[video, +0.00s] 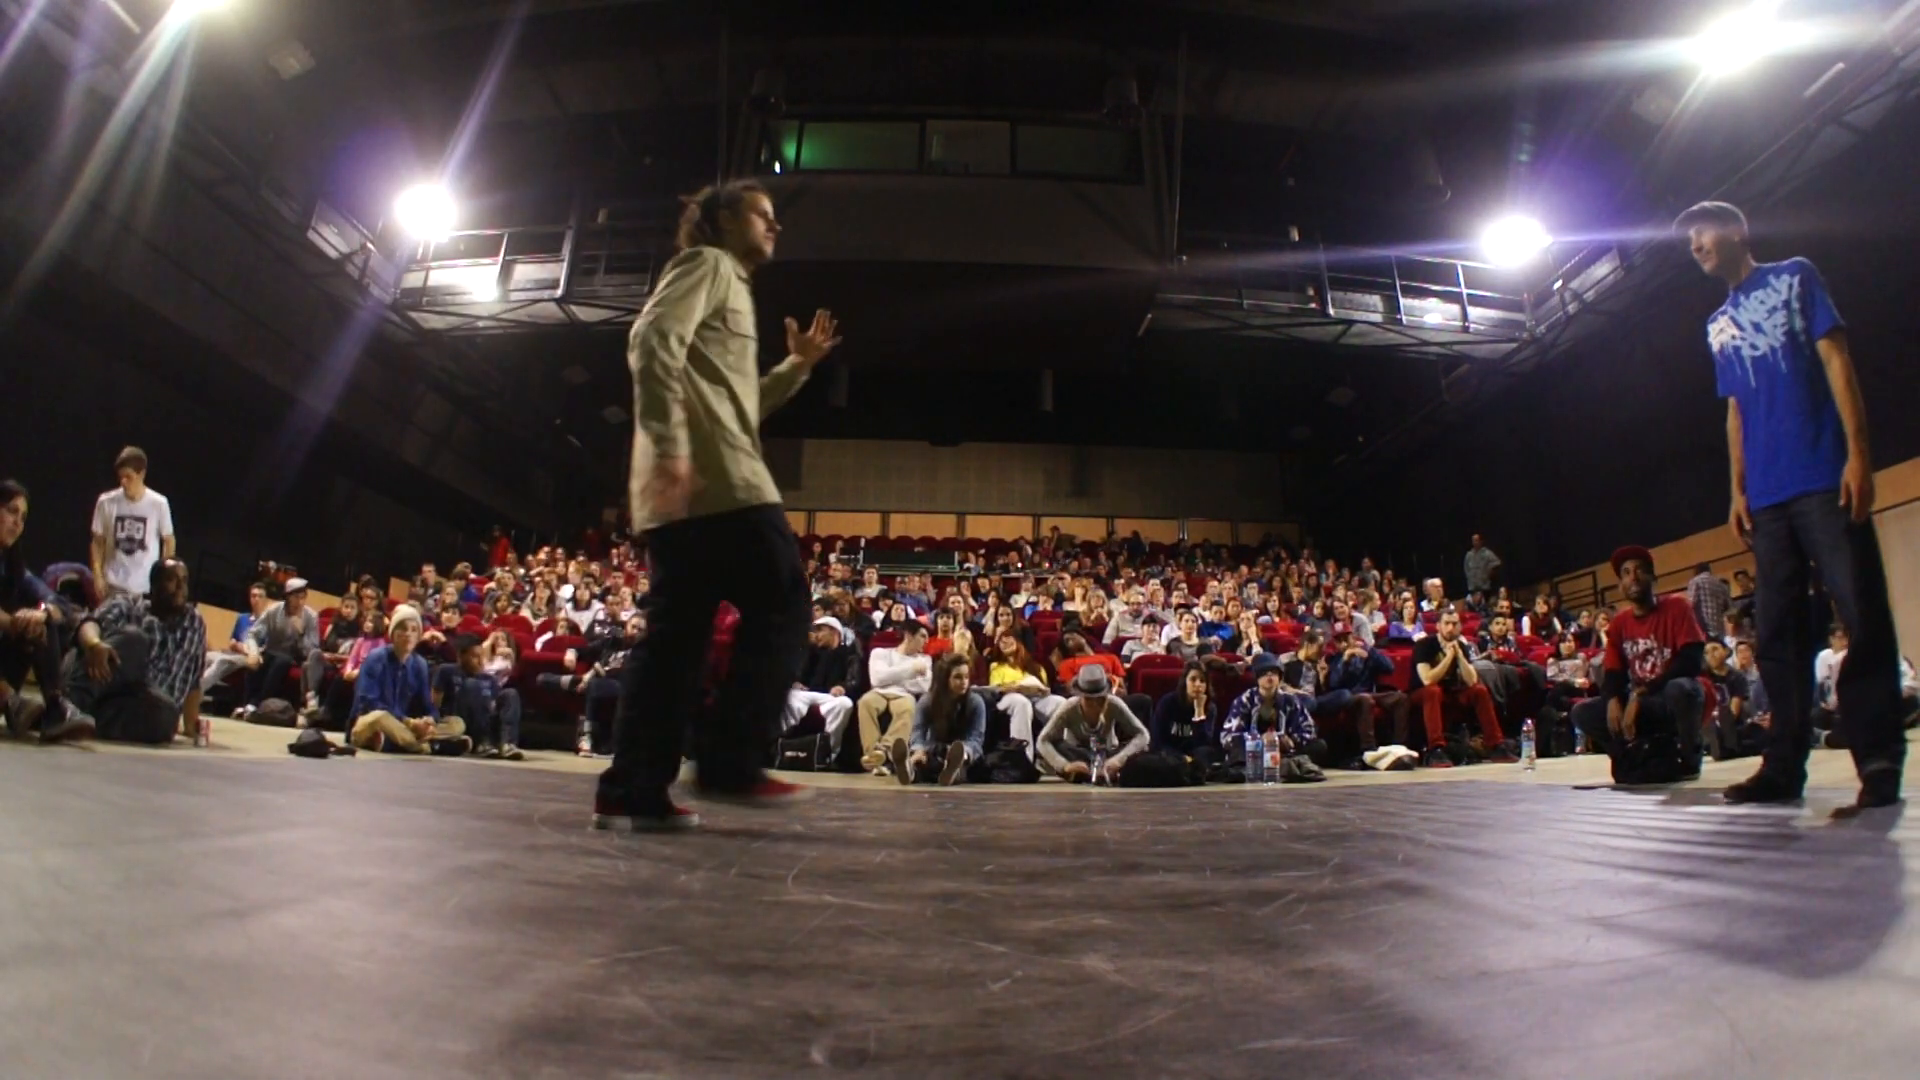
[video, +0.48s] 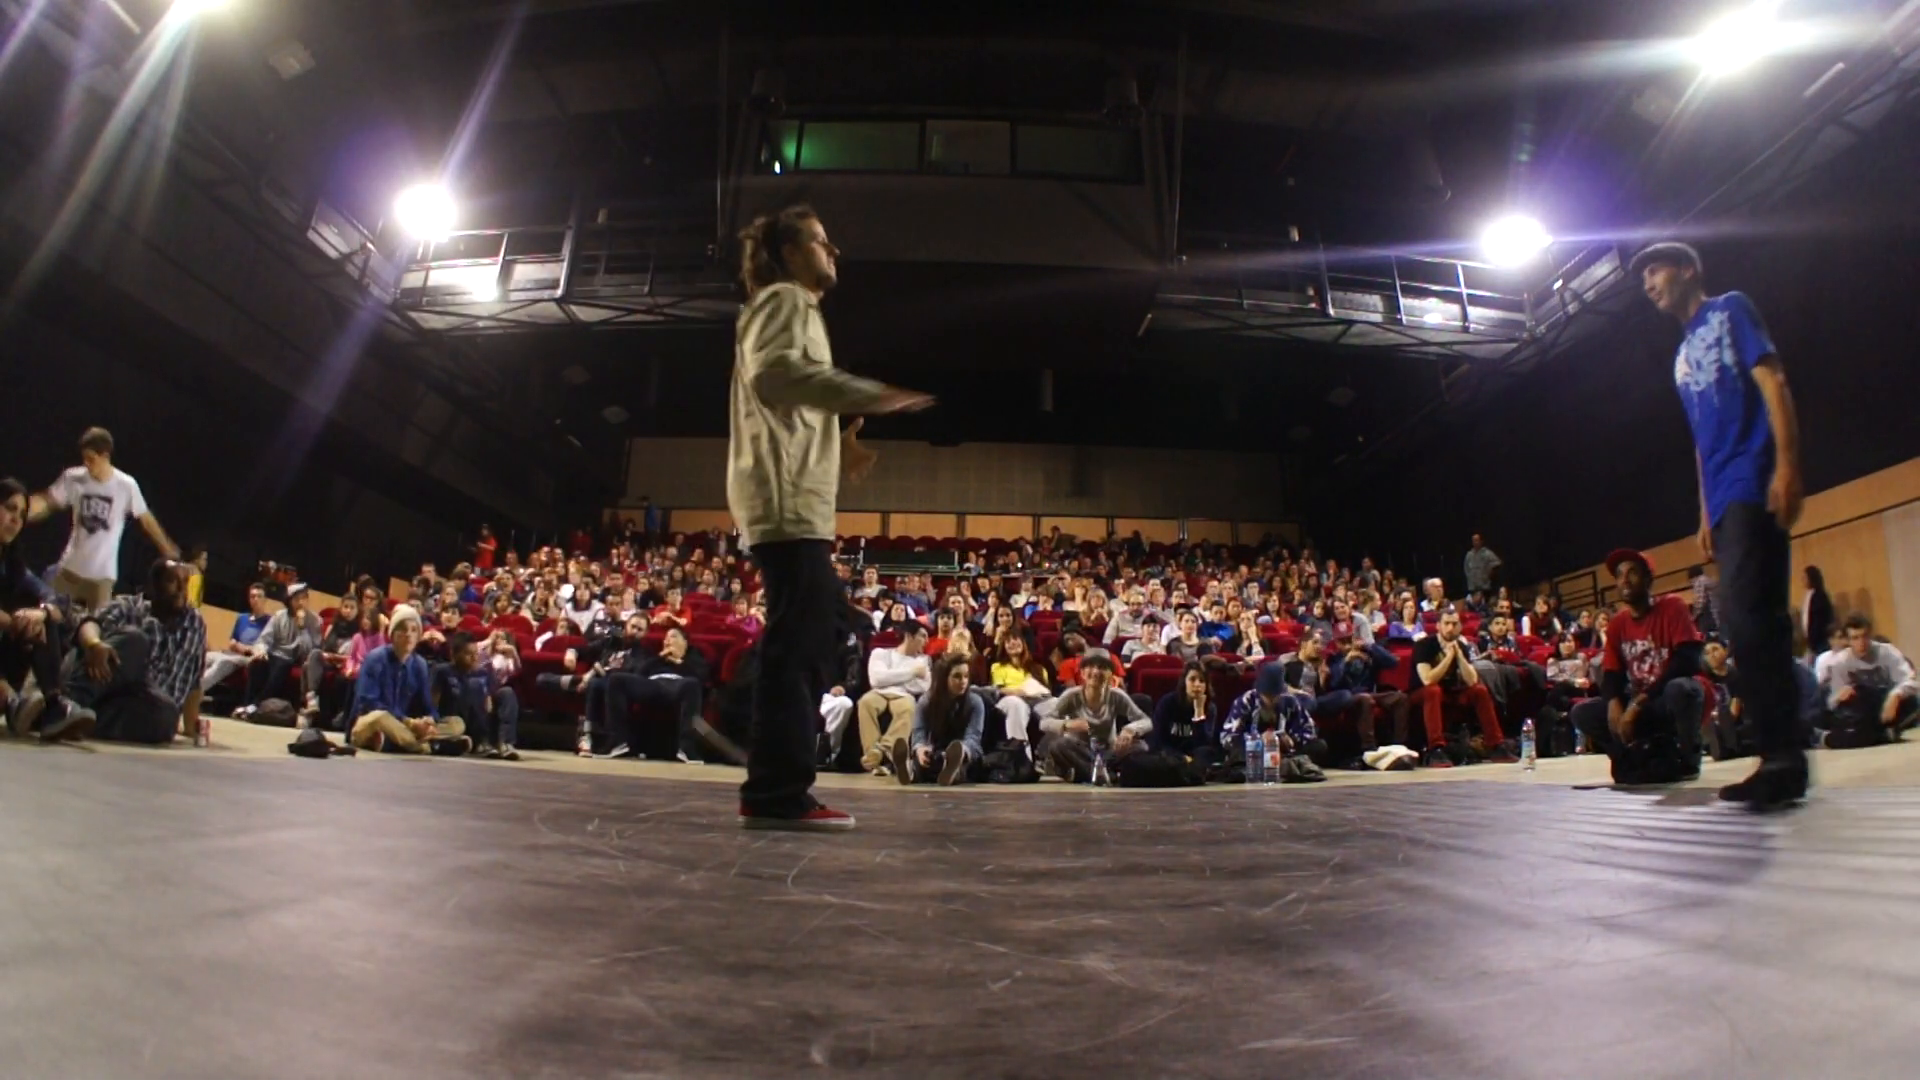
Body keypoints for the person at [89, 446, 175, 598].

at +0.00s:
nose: (123, 482)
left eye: (128, 477)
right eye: (121, 477)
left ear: (142, 474)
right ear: (118, 475)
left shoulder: (159, 503)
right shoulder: (106, 502)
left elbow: (168, 540)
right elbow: (98, 540)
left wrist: (166, 578)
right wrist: (98, 577)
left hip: (146, 585)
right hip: (114, 583)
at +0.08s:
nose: (121, 472)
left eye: (126, 466)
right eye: (119, 466)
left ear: (140, 462)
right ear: (116, 463)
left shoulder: (157, 489)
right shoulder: (104, 485)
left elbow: (167, 523)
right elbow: (94, 522)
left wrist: (162, 554)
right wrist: (93, 557)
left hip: (142, 572)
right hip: (110, 570)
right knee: (107, 622)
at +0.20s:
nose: (114, 464)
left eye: (118, 459)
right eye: (111, 458)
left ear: (132, 454)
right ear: (108, 455)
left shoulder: (152, 480)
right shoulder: (98, 475)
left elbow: (162, 514)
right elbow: (89, 512)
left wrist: (154, 552)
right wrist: (85, 547)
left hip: (134, 558)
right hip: (103, 557)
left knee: (131, 616)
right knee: (100, 616)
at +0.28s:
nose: (108, 469)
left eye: (112, 464)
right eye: (105, 463)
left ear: (126, 459)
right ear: (102, 460)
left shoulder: (146, 488)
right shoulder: (92, 483)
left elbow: (151, 526)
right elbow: (83, 521)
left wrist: (148, 567)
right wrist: (77, 560)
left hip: (128, 569)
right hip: (96, 566)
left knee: (123, 626)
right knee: (91, 625)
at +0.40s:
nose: (96, 474)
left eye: (101, 468)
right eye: (94, 468)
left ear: (116, 465)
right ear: (92, 467)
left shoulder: (134, 498)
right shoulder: (82, 491)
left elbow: (144, 537)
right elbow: (67, 525)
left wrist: (155, 574)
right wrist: (50, 552)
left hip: (112, 582)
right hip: (79, 579)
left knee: (106, 644)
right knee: (64, 639)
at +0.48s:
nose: (87, 465)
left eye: (91, 459)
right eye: (85, 459)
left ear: (105, 456)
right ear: (82, 456)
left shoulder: (127, 485)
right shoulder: (73, 478)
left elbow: (146, 520)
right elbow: (47, 502)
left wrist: (168, 549)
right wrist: (20, 512)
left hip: (102, 573)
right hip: (70, 566)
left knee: (94, 632)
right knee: (47, 621)